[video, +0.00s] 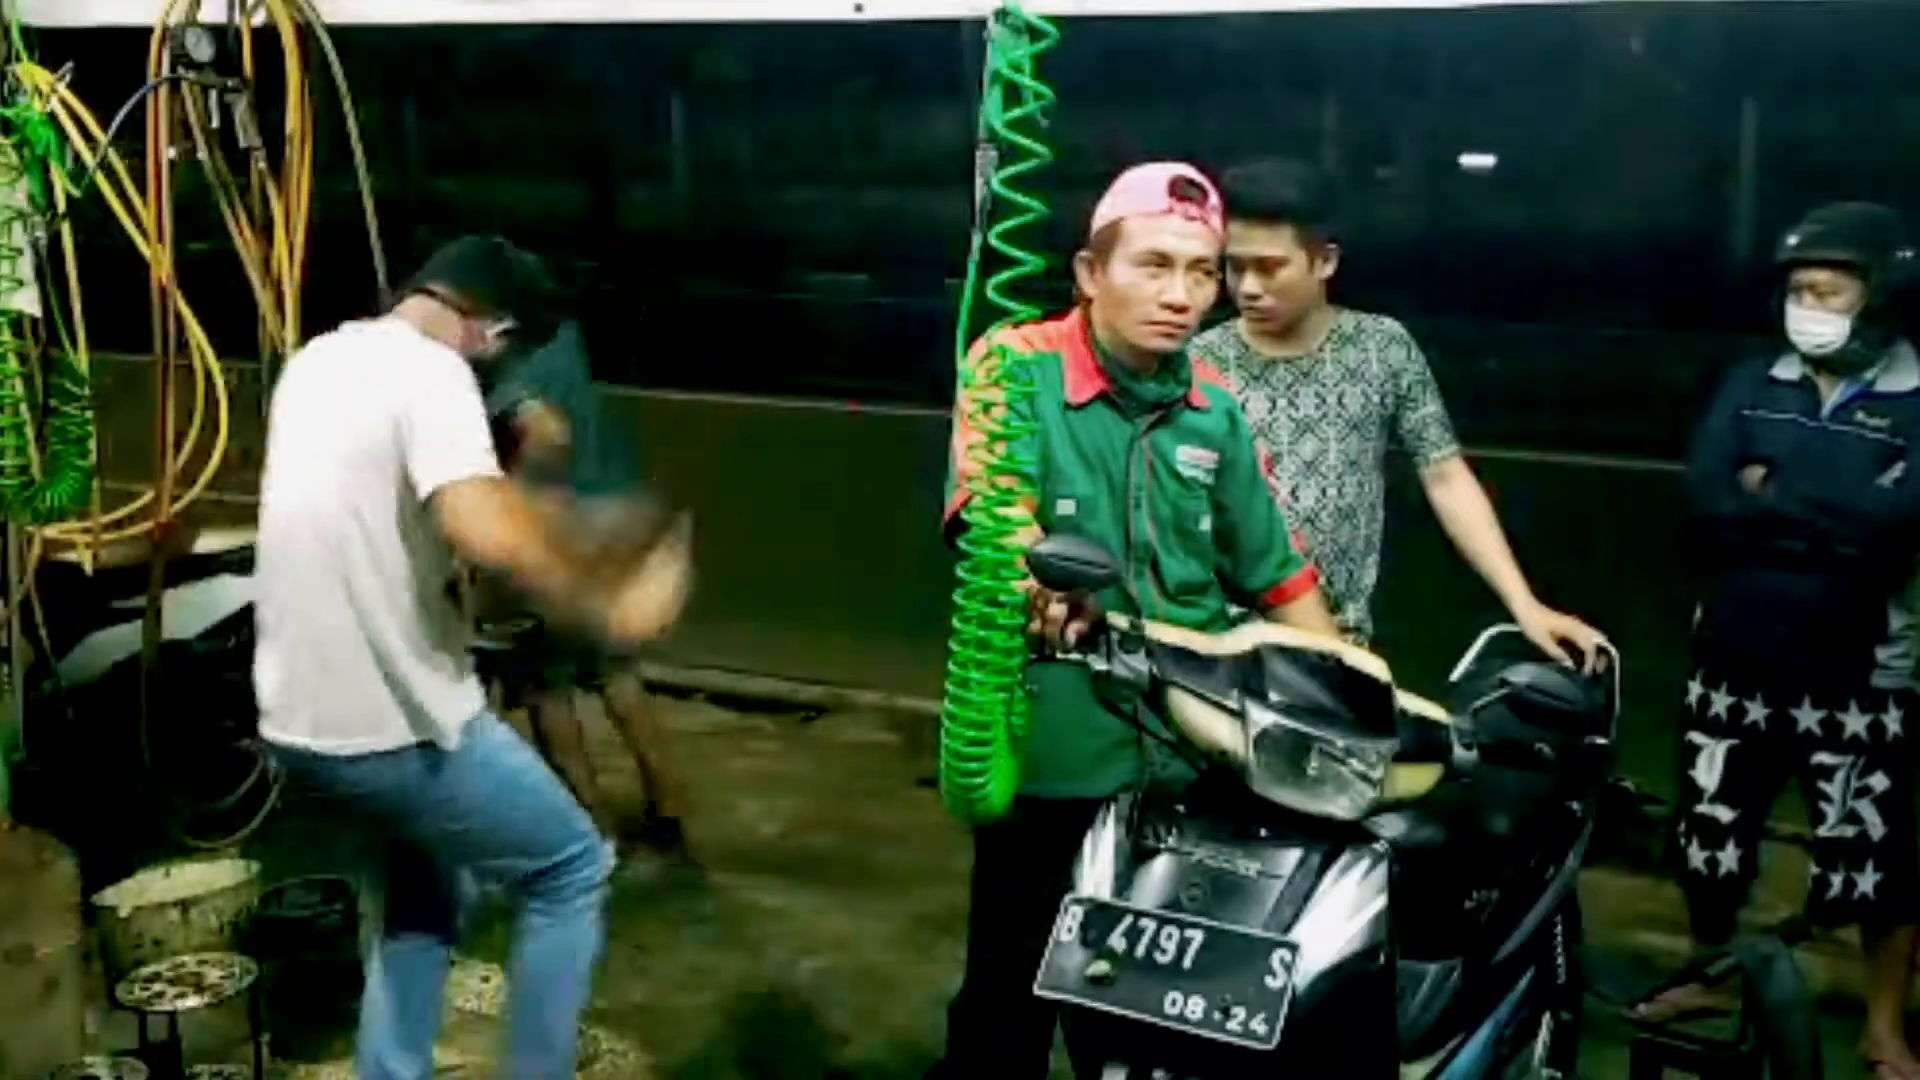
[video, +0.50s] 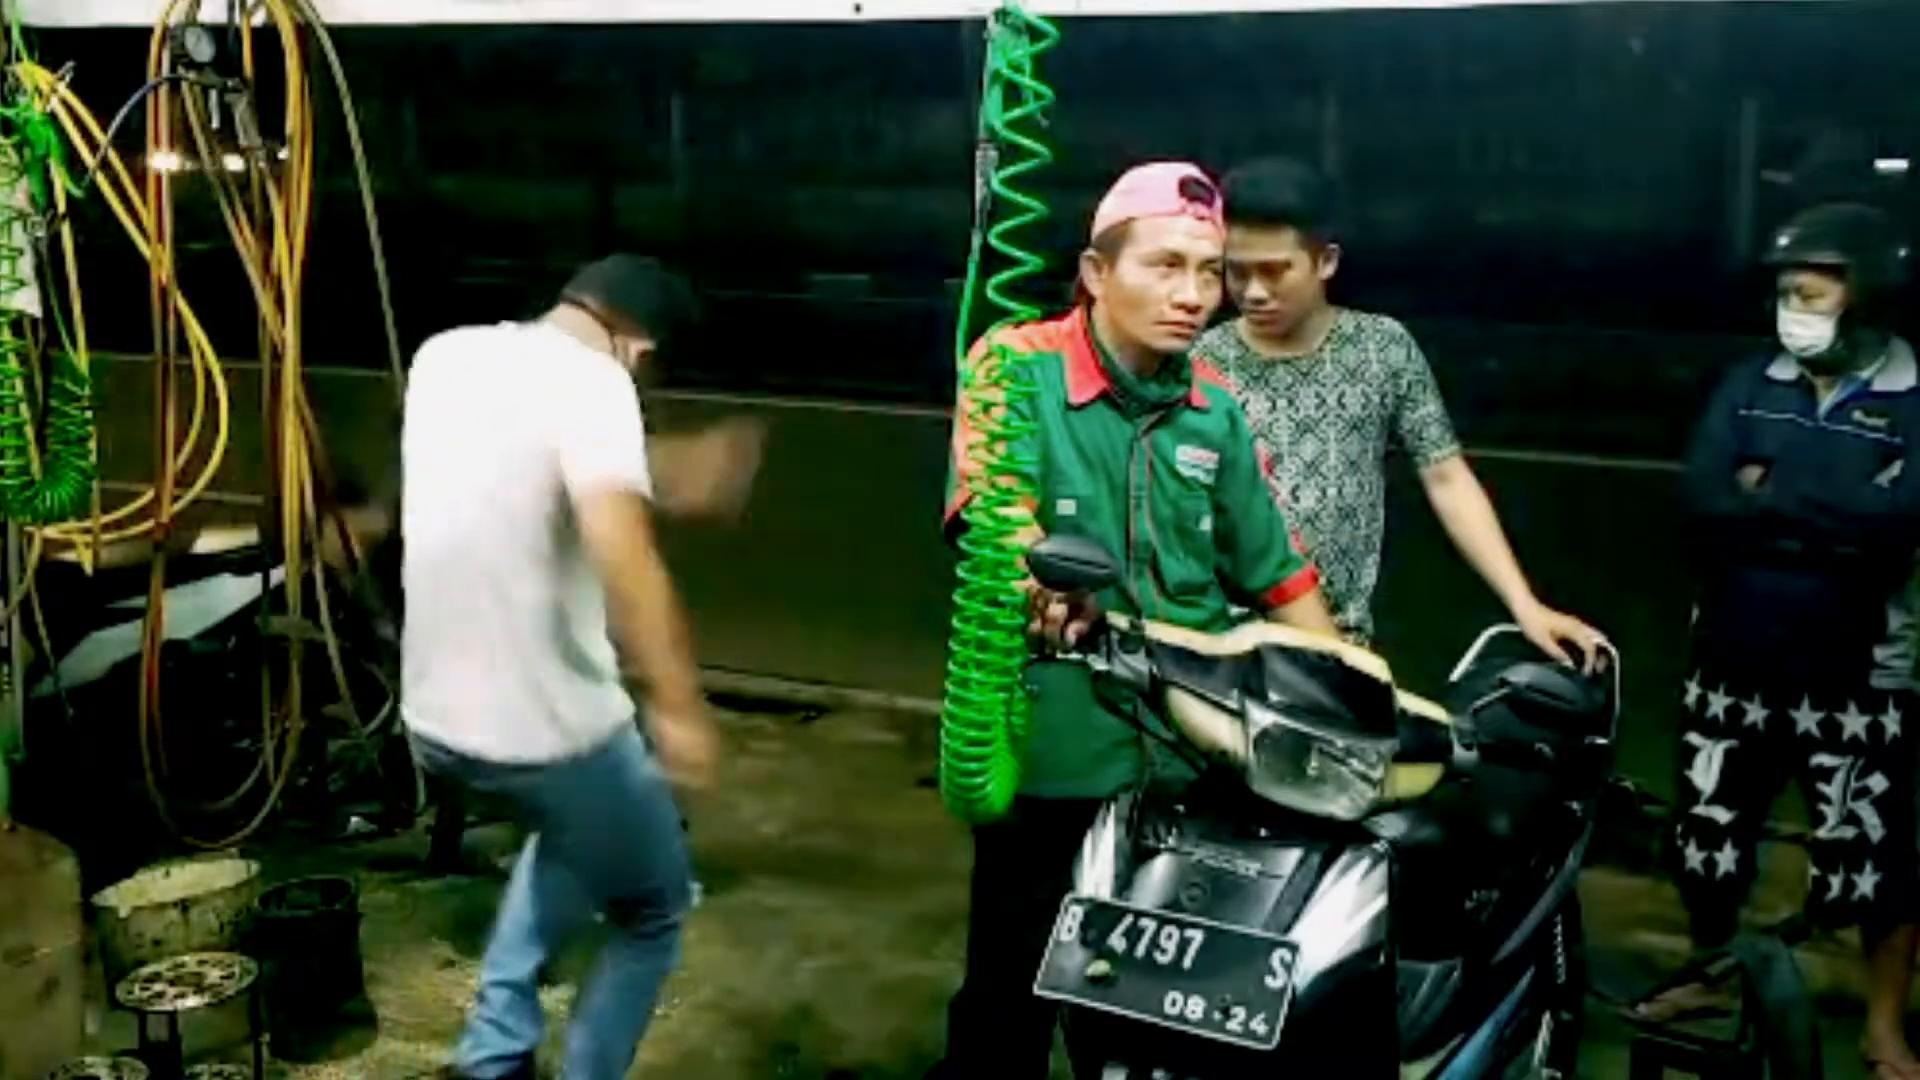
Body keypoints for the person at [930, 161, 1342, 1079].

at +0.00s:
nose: (1181, 295)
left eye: (1201, 274)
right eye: (1155, 267)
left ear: (1217, 288)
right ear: (1091, 274)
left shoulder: (1212, 411)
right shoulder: (1015, 367)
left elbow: (1285, 583)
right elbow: (987, 509)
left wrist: (1354, 698)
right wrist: (1041, 594)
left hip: (1187, 756)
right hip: (1050, 755)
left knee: (1157, 1012)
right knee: (1006, 1013)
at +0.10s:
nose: (1183, 295)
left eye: (1203, 274)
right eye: (1158, 267)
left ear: (1218, 288)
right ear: (1092, 273)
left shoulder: (1213, 411)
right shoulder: (1015, 366)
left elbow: (1285, 584)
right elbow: (988, 511)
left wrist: (1354, 700)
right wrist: (1041, 597)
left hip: (1188, 757)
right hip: (1050, 756)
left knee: (1156, 1012)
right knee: (1006, 1013)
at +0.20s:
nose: (1186, 295)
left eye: (1205, 273)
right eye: (1160, 266)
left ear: (1221, 288)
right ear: (1093, 273)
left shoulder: (1213, 413)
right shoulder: (1016, 367)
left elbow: (1286, 584)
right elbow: (988, 508)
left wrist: (1353, 700)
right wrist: (1042, 593)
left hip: (1187, 757)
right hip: (1050, 755)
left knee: (1157, 1010)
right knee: (1007, 1012)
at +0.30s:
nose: (1188, 294)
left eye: (1206, 273)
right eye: (1162, 266)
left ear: (1221, 288)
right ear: (1094, 273)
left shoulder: (1213, 411)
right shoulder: (1015, 366)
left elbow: (1286, 584)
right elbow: (989, 509)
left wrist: (1354, 700)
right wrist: (1041, 595)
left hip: (1187, 756)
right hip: (1050, 754)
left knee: (1157, 1009)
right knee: (1007, 1011)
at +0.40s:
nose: (1189, 294)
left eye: (1207, 273)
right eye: (1163, 266)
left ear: (1222, 288)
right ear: (1094, 274)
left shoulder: (1212, 411)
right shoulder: (1016, 367)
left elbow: (1285, 583)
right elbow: (990, 510)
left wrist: (1352, 699)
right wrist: (1043, 595)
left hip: (1186, 758)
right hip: (1049, 756)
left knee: (1155, 1011)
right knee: (1007, 1012)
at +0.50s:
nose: (1193, 294)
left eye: (1210, 272)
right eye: (1167, 266)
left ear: (1222, 287)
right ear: (1096, 273)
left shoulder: (1212, 410)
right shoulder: (1016, 367)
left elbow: (1286, 584)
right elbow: (990, 511)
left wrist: (1351, 700)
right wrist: (1043, 595)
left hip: (1185, 758)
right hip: (1049, 756)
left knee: (1155, 1010)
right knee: (1007, 1011)